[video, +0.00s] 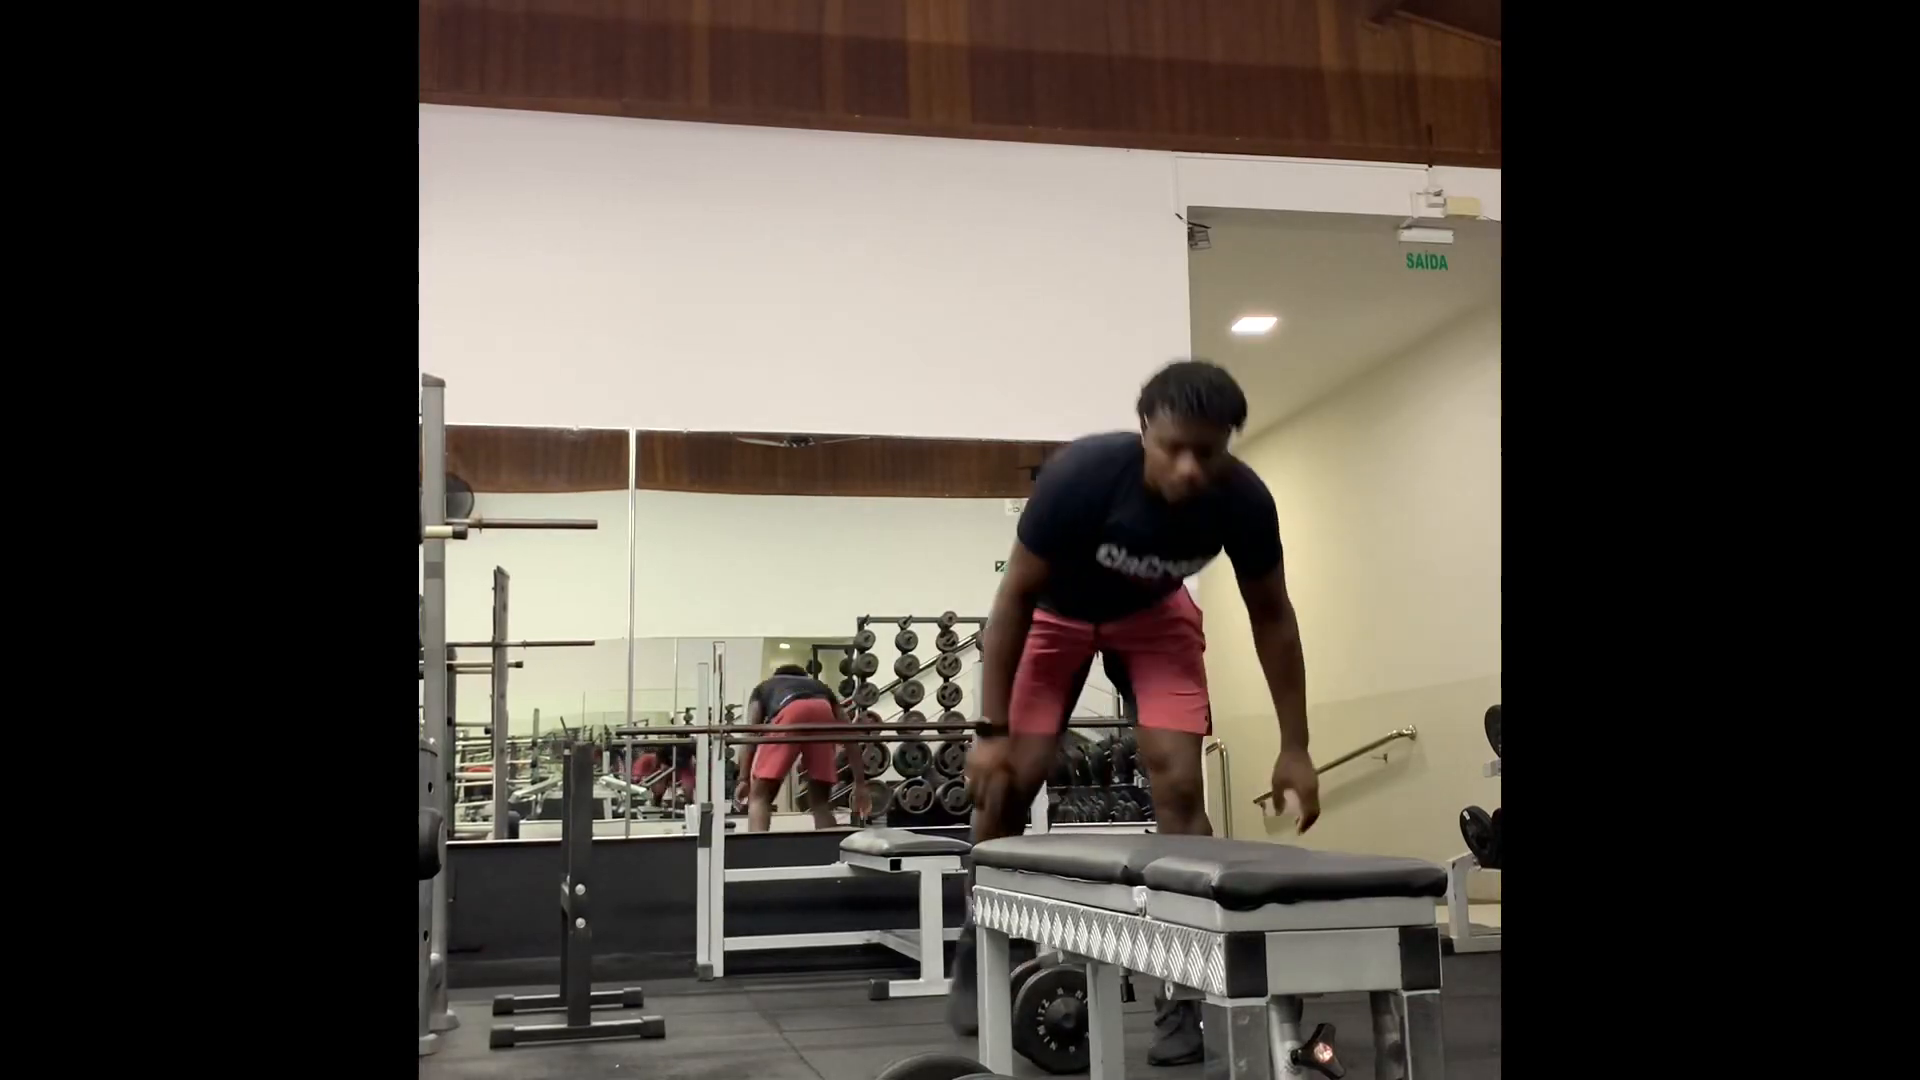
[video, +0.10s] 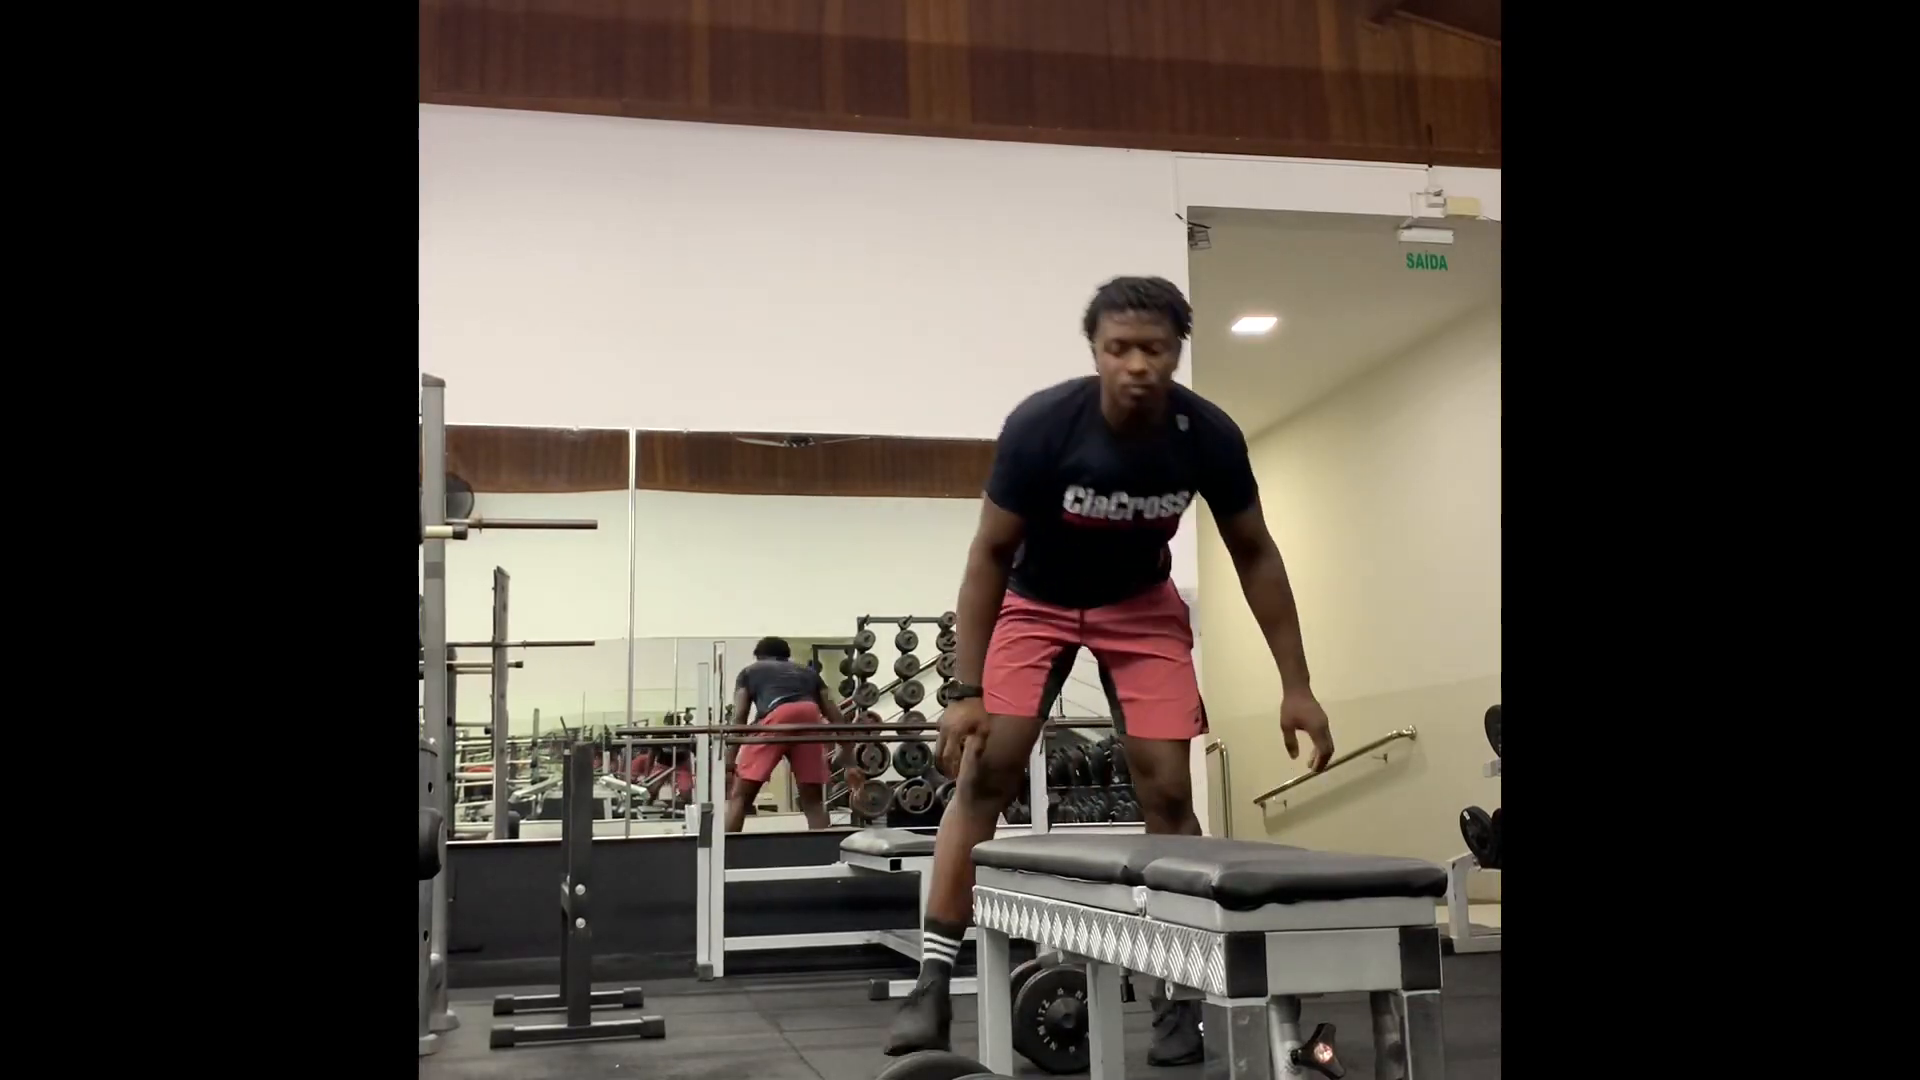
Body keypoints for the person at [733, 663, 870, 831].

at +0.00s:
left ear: (775, 676)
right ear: (803, 676)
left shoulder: (763, 687)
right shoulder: (820, 685)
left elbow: (751, 735)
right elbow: (851, 738)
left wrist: (744, 778)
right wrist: (860, 784)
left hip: (790, 710)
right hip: (825, 708)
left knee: (760, 794)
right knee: (820, 798)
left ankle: (757, 858)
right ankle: (831, 858)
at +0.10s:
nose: (755, 660)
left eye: (755, 657)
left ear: (759, 656)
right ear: (787, 656)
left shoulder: (749, 672)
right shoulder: (808, 672)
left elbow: (740, 719)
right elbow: (837, 718)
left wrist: (731, 759)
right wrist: (847, 753)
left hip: (777, 713)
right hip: (811, 711)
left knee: (740, 797)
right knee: (812, 799)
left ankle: (724, 857)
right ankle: (823, 857)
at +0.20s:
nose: (729, 652)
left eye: (729, 648)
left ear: (731, 648)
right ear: (758, 646)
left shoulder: (727, 669)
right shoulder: (782, 664)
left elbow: (717, 713)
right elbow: (809, 706)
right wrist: (822, 746)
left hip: (750, 721)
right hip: (787, 717)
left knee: (730, 805)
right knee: (798, 801)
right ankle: (820, 853)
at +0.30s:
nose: (705, 650)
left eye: (705, 646)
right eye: (706, 646)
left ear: (708, 647)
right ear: (734, 644)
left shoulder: (701, 672)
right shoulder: (760, 659)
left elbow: (693, 719)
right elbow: (785, 701)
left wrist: (690, 766)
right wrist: (791, 734)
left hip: (735, 720)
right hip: (772, 716)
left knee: (720, 792)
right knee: (784, 790)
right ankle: (795, 844)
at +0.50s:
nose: (703, 675)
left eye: (704, 671)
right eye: (703, 671)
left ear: (707, 670)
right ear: (730, 668)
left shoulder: (698, 696)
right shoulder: (755, 685)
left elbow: (692, 739)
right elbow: (773, 722)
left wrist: (690, 774)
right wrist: (778, 750)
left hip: (736, 744)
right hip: (769, 744)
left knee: (715, 801)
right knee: (766, 807)